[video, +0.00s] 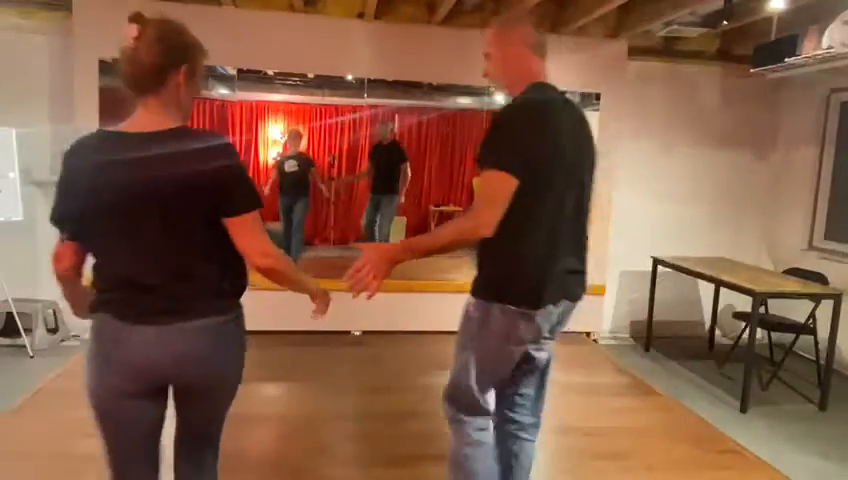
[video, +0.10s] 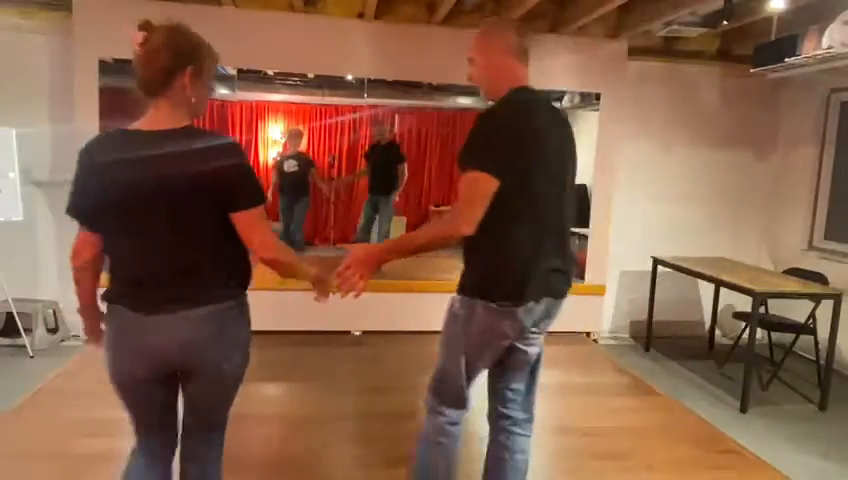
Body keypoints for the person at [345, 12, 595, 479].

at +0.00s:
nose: (486, 68)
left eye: (491, 56)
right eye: (486, 57)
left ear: (516, 52)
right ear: (530, 54)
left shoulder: (519, 118)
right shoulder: (572, 118)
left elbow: (482, 220)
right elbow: (557, 209)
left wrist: (396, 252)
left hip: (512, 292)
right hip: (559, 289)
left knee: (468, 405)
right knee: (518, 414)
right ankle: (512, 478)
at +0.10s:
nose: (471, 73)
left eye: (474, 61)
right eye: (471, 62)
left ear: (497, 59)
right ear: (516, 60)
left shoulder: (499, 122)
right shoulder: (555, 121)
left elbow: (464, 219)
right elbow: (550, 210)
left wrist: (381, 252)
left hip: (497, 287)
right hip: (547, 285)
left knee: (445, 402)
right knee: (513, 415)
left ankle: (430, 477)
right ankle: (506, 479)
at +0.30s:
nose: (441, 82)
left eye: (445, 72)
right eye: (442, 72)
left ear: (465, 68)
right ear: (485, 69)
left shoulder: (462, 133)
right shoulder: (524, 130)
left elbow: (430, 223)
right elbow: (520, 213)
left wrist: (361, 252)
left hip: (468, 283)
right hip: (517, 282)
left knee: (427, 378)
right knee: (498, 404)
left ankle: (390, 454)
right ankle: (502, 478)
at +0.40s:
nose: (427, 83)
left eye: (429, 74)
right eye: (428, 74)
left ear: (443, 72)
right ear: (471, 70)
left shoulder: (448, 133)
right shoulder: (506, 130)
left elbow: (421, 220)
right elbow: (503, 206)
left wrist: (352, 252)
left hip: (453, 277)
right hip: (501, 275)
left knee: (422, 377)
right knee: (490, 399)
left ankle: (397, 459)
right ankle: (497, 477)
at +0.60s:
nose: (399, 80)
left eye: (402, 70)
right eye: (399, 71)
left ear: (423, 69)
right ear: (440, 69)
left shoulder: (423, 129)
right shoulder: (469, 124)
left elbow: (409, 214)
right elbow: (466, 203)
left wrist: (352, 245)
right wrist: (392, 242)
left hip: (425, 267)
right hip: (468, 266)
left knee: (407, 367)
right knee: (455, 368)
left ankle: (394, 462)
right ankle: (488, 470)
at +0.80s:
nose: (381, 79)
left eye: (387, 70)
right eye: (382, 71)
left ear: (409, 69)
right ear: (416, 71)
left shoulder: (414, 126)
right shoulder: (440, 123)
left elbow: (405, 209)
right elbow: (431, 200)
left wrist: (351, 239)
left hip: (409, 259)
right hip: (439, 256)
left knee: (396, 360)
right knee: (406, 352)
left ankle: (395, 459)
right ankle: (427, 443)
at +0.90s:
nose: (378, 82)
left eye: (384, 73)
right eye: (377, 75)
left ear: (411, 72)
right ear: (402, 75)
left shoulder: (413, 128)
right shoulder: (417, 123)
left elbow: (406, 207)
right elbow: (387, 185)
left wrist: (352, 235)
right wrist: (337, 190)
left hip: (403, 260)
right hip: (414, 256)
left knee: (385, 361)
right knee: (384, 341)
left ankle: (396, 461)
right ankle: (389, 419)